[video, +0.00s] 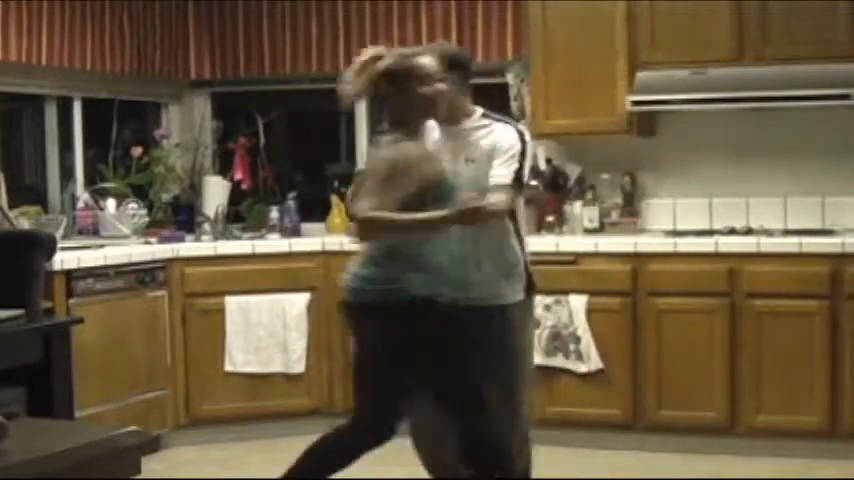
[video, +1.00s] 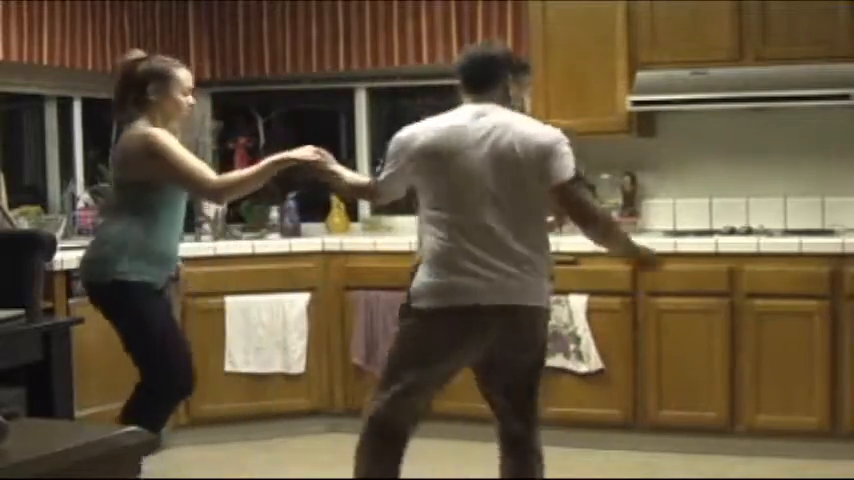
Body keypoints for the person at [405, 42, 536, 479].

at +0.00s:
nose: (426, 92)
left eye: (435, 81)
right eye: (422, 83)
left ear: (462, 83)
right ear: (422, 87)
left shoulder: (504, 136)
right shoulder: (418, 136)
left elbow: (500, 203)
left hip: (497, 298)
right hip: (433, 298)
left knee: (504, 414)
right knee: (429, 417)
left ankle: (513, 473)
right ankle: (453, 475)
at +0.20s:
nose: (409, 98)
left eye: (416, 89)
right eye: (410, 89)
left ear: (451, 86)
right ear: (446, 88)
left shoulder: (502, 142)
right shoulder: (422, 138)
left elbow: (446, 208)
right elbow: (373, 191)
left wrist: (358, 232)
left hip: (503, 299)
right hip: (441, 297)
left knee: (505, 407)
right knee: (438, 412)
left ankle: (512, 472)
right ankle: (456, 474)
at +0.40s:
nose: (408, 98)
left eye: (412, 88)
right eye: (409, 89)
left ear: (439, 87)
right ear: (446, 89)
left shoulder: (483, 141)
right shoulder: (444, 142)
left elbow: (406, 206)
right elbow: (420, 211)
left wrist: (322, 227)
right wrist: (347, 218)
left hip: (504, 307)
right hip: (460, 305)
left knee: (462, 416)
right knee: (437, 411)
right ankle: (455, 478)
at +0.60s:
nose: (419, 92)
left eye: (422, 82)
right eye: (420, 82)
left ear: (438, 84)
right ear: (474, 84)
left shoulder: (442, 143)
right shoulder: (508, 139)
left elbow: (371, 199)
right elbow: (518, 214)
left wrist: (287, 200)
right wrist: (442, 236)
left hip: (483, 312)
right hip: (517, 305)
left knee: (438, 429)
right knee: (419, 382)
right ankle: (501, 460)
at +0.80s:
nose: (441, 93)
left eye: (443, 87)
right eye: (442, 88)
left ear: (449, 87)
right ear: (500, 89)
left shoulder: (423, 139)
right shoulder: (543, 150)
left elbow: (362, 195)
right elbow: (578, 232)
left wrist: (295, 175)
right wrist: (531, 232)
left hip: (454, 316)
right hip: (524, 312)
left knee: (412, 428)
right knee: (501, 422)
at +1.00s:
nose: (528, 97)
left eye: (528, 86)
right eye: (526, 87)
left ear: (465, 89)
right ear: (510, 86)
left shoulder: (419, 138)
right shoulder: (543, 139)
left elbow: (377, 194)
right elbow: (589, 217)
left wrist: (320, 166)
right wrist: (635, 251)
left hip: (442, 308)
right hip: (520, 309)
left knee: (388, 421)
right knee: (520, 434)